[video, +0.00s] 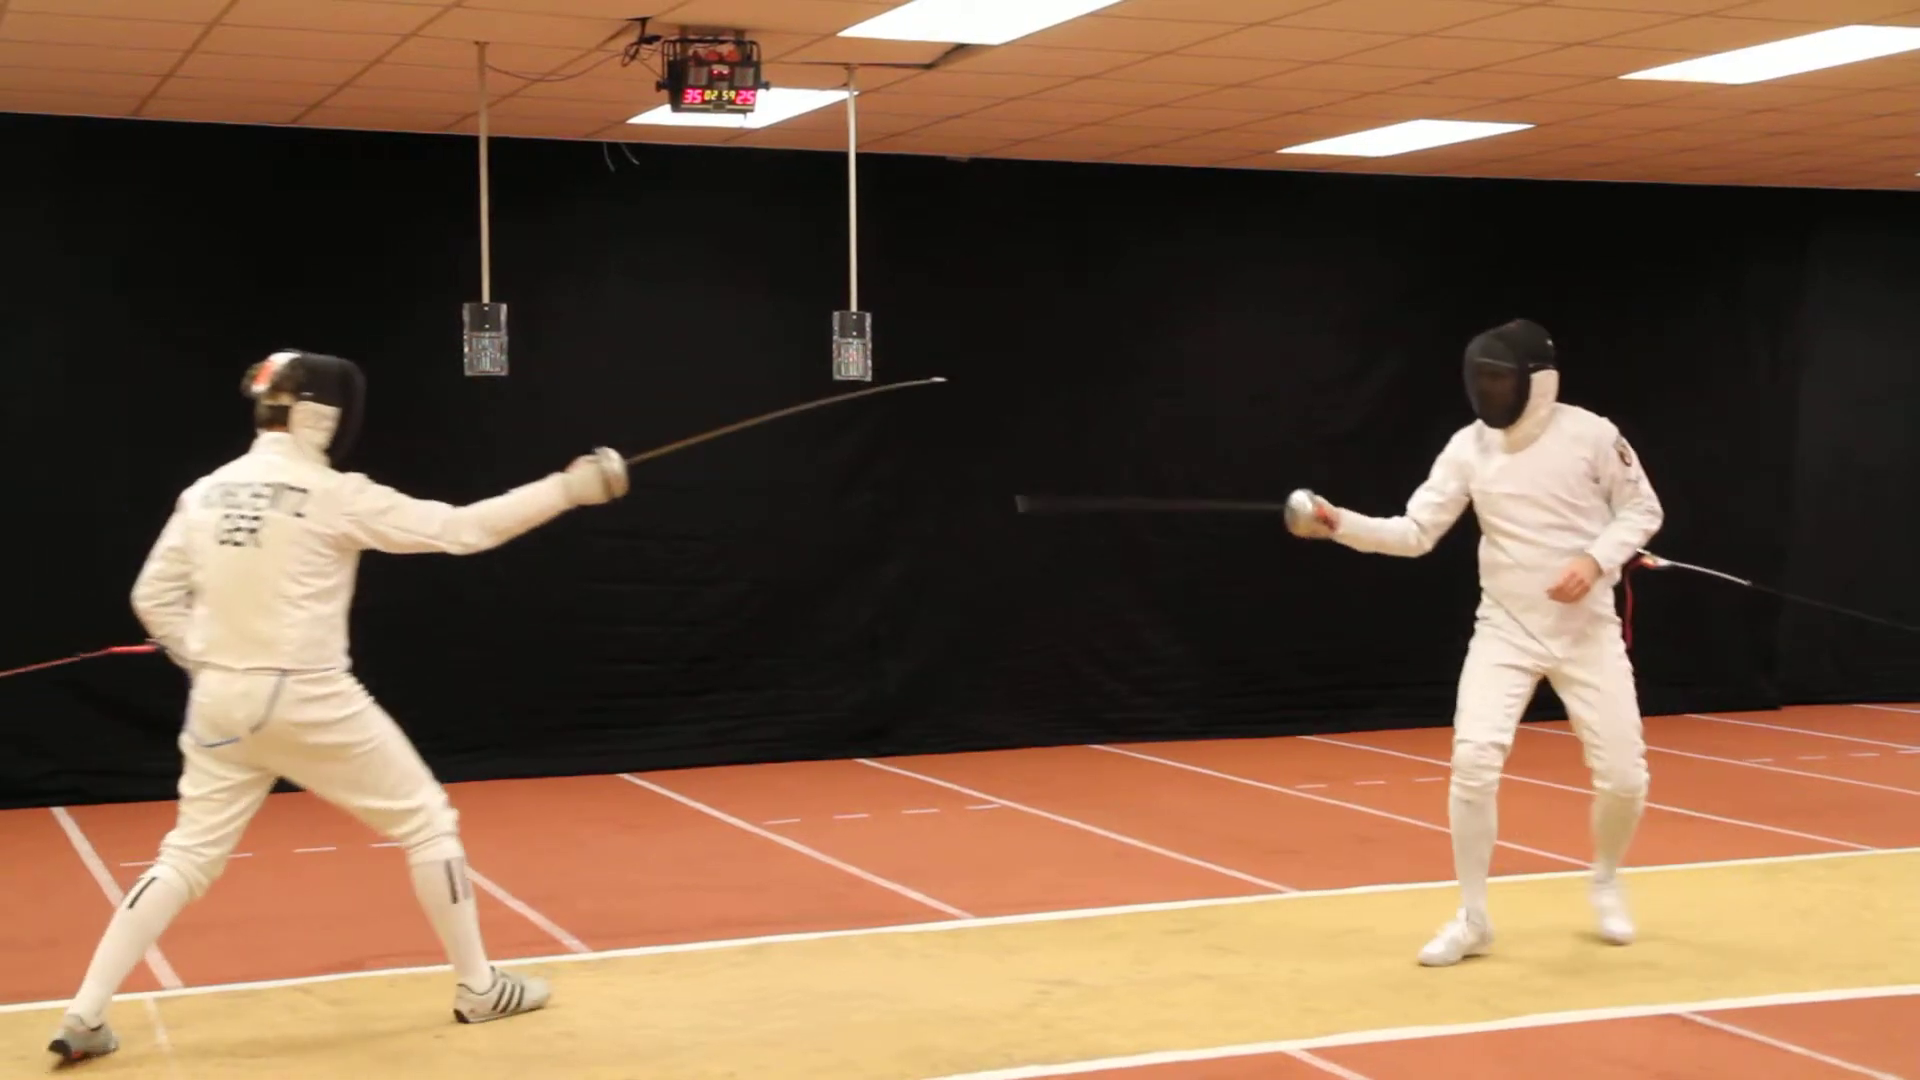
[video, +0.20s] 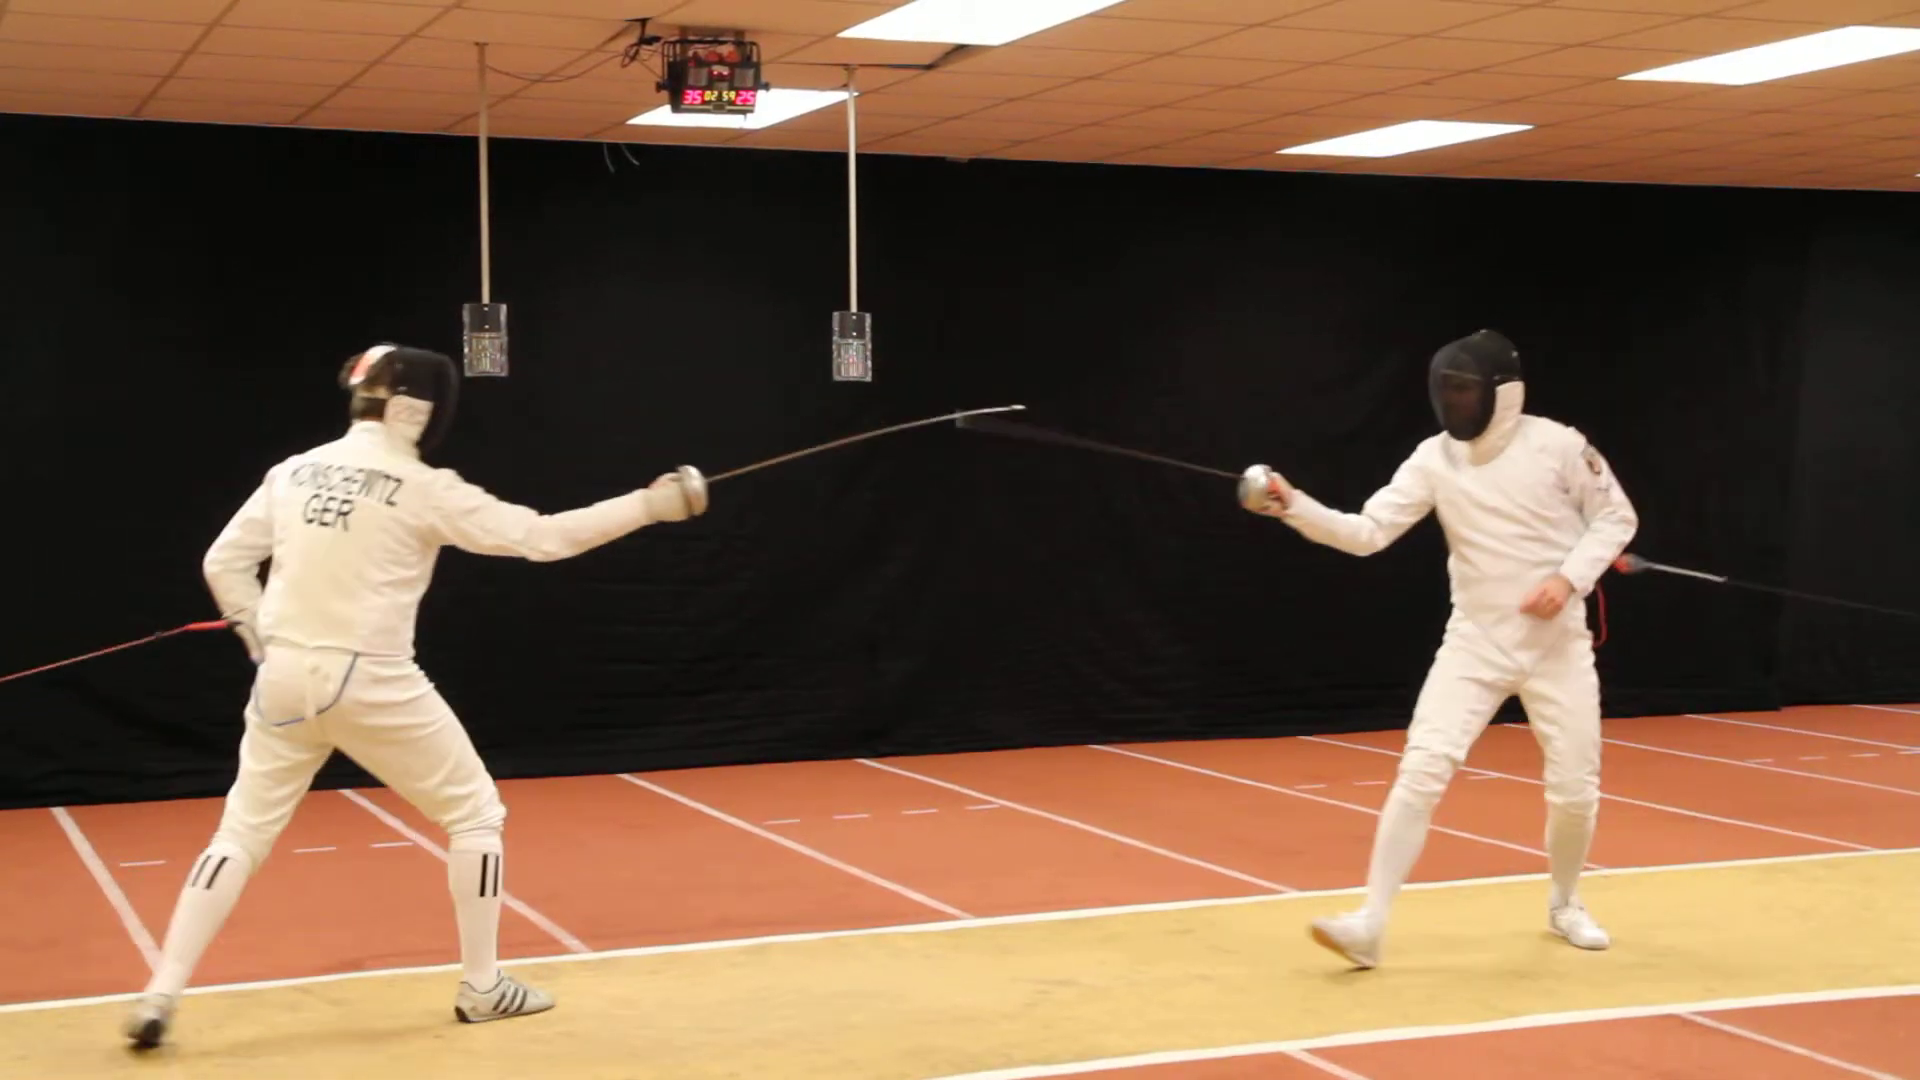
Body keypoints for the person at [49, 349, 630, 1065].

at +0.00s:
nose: (342, 423)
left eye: (338, 410)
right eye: (334, 410)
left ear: (267, 413)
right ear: (312, 417)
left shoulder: (204, 493)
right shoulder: (334, 495)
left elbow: (154, 596)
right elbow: (462, 529)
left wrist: (213, 663)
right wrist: (571, 485)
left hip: (218, 700)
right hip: (313, 698)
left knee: (185, 857)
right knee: (427, 823)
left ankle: (83, 1015)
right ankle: (479, 984)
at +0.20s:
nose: (431, 416)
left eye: (424, 402)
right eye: (427, 404)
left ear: (365, 402)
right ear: (413, 412)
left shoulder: (294, 472)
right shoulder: (425, 489)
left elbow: (224, 564)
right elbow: (546, 537)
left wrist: (268, 644)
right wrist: (654, 502)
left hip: (281, 679)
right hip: (376, 683)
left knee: (239, 834)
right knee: (474, 813)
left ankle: (158, 996)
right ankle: (482, 985)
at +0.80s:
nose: (355, 435)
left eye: (350, 421)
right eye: (350, 421)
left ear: (297, 418)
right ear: (333, 425)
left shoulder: (221, 494)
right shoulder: (353, 506)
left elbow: (146, 574)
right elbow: (458, 578)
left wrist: (198, 656)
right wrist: (570, 547)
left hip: (210, 697)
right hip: (310, 699)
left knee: (174, 853)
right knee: (417, 828)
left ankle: (106, 1016)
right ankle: (477, 985)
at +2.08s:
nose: (306, 423)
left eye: (304, 411)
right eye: (302, 411)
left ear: (229, 407)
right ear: (278, 413)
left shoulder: (158, 489)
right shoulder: (290, 495)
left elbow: (89, 577)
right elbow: (372, 590)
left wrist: (146, 654)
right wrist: (491, 572)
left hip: (154, 695)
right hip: (258, 697)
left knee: (125, 851)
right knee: (362, 834)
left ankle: (64, 1029)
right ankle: (447, 988)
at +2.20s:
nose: (266, 414)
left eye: (265, 400)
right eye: (263, 402)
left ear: (191, 396)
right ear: (242, 402)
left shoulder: (124, 480)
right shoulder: (254, 483)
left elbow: (55, 572)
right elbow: (351, 568)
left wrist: (117, 645)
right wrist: (471, 543)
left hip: (129, 691)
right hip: (225, 690)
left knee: (116, 847)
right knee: (341, 814)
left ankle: (63, 1029)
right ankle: (338, 1001)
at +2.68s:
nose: (326, 412)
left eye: (323, 400)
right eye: (321, 400)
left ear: (253, 397)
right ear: (302, 402)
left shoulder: (184, 477)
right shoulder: (312, 482)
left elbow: (123, 568)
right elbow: (406, 569)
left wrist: (180, 644)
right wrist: (526, 560)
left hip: (183, 681)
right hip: (279, 682)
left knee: (159, 840)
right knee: (378, 816)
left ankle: (94, 1018)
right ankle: (407, 980)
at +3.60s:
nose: (379, 417)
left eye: (377, 405)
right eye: (374, 404)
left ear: (308, 401)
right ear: (350, 405)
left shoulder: (244, 481)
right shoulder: (357, 480)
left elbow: (185, 574)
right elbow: (435, 565)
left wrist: (246, 645)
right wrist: (543, 524)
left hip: (243, 681)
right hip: (334, 679)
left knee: (220, 830)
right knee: (448, 796)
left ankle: (157, 1004)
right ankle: (495, 969)